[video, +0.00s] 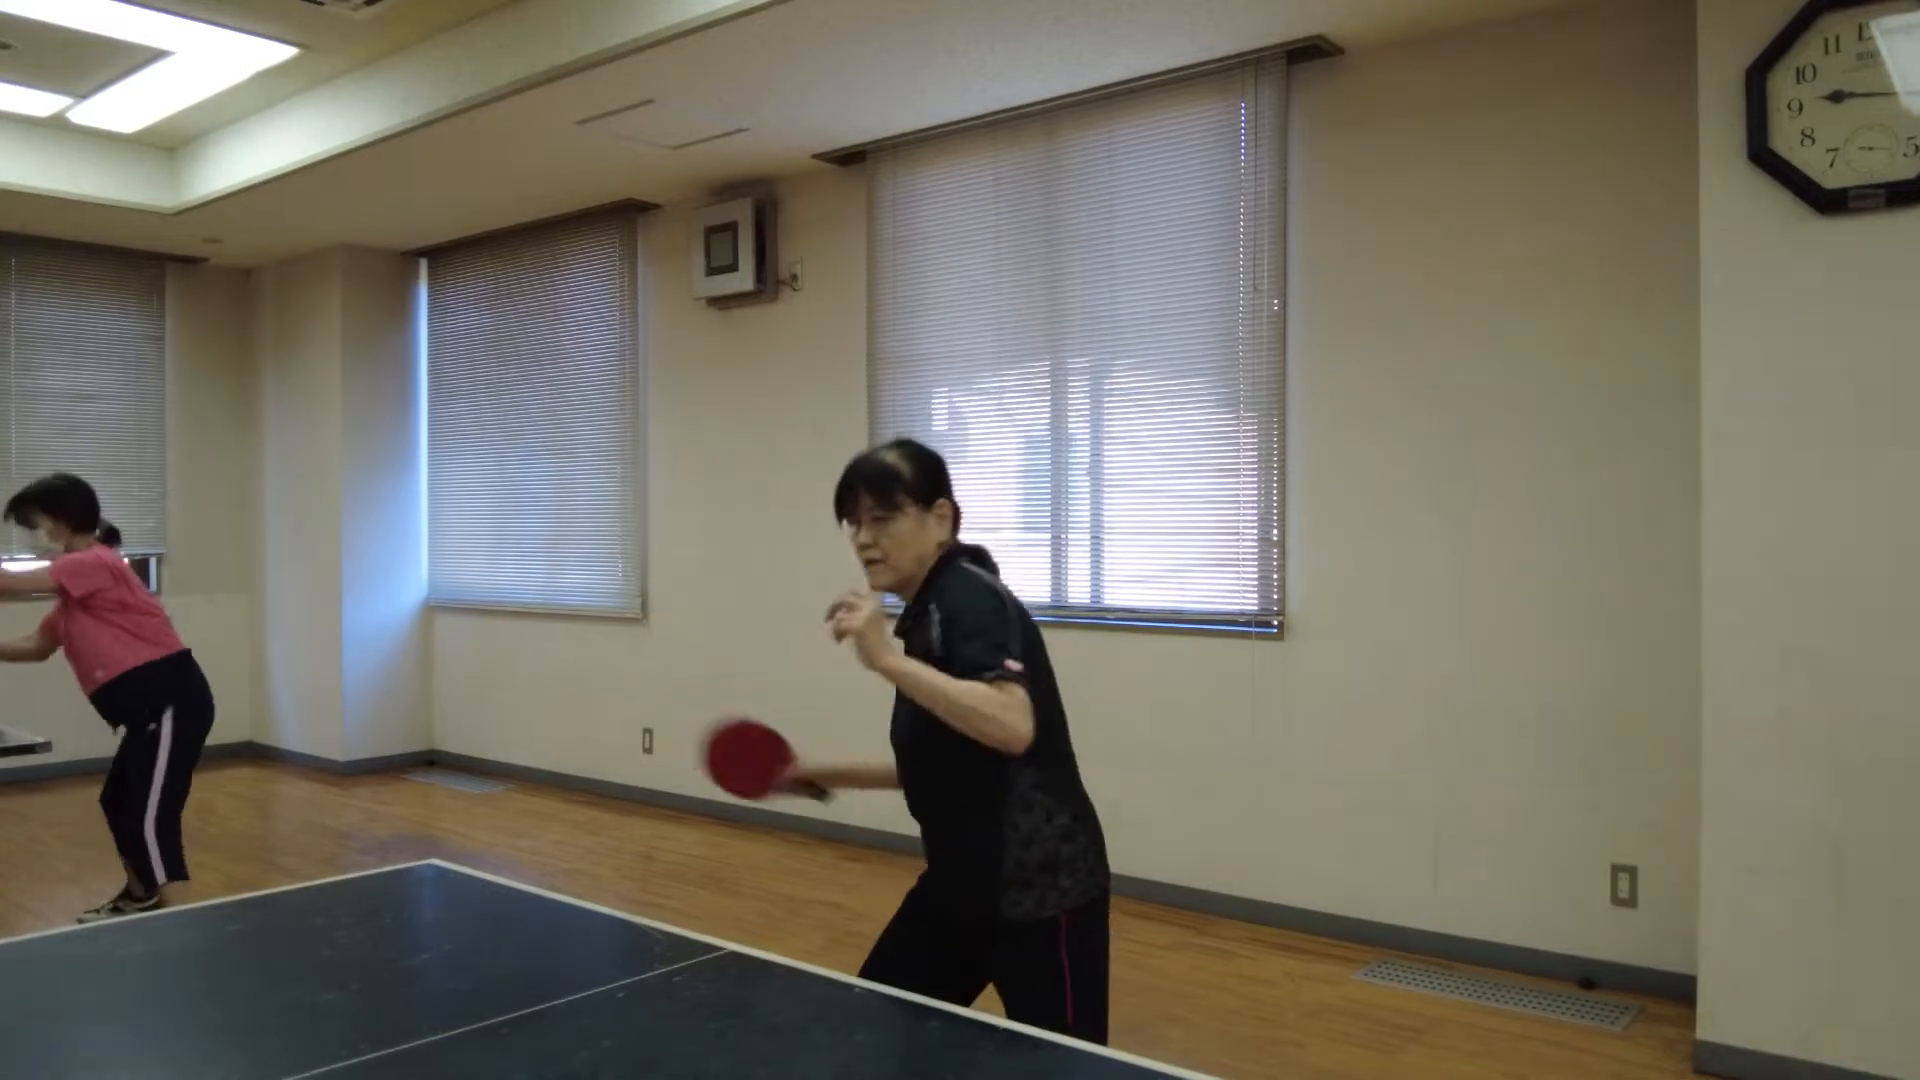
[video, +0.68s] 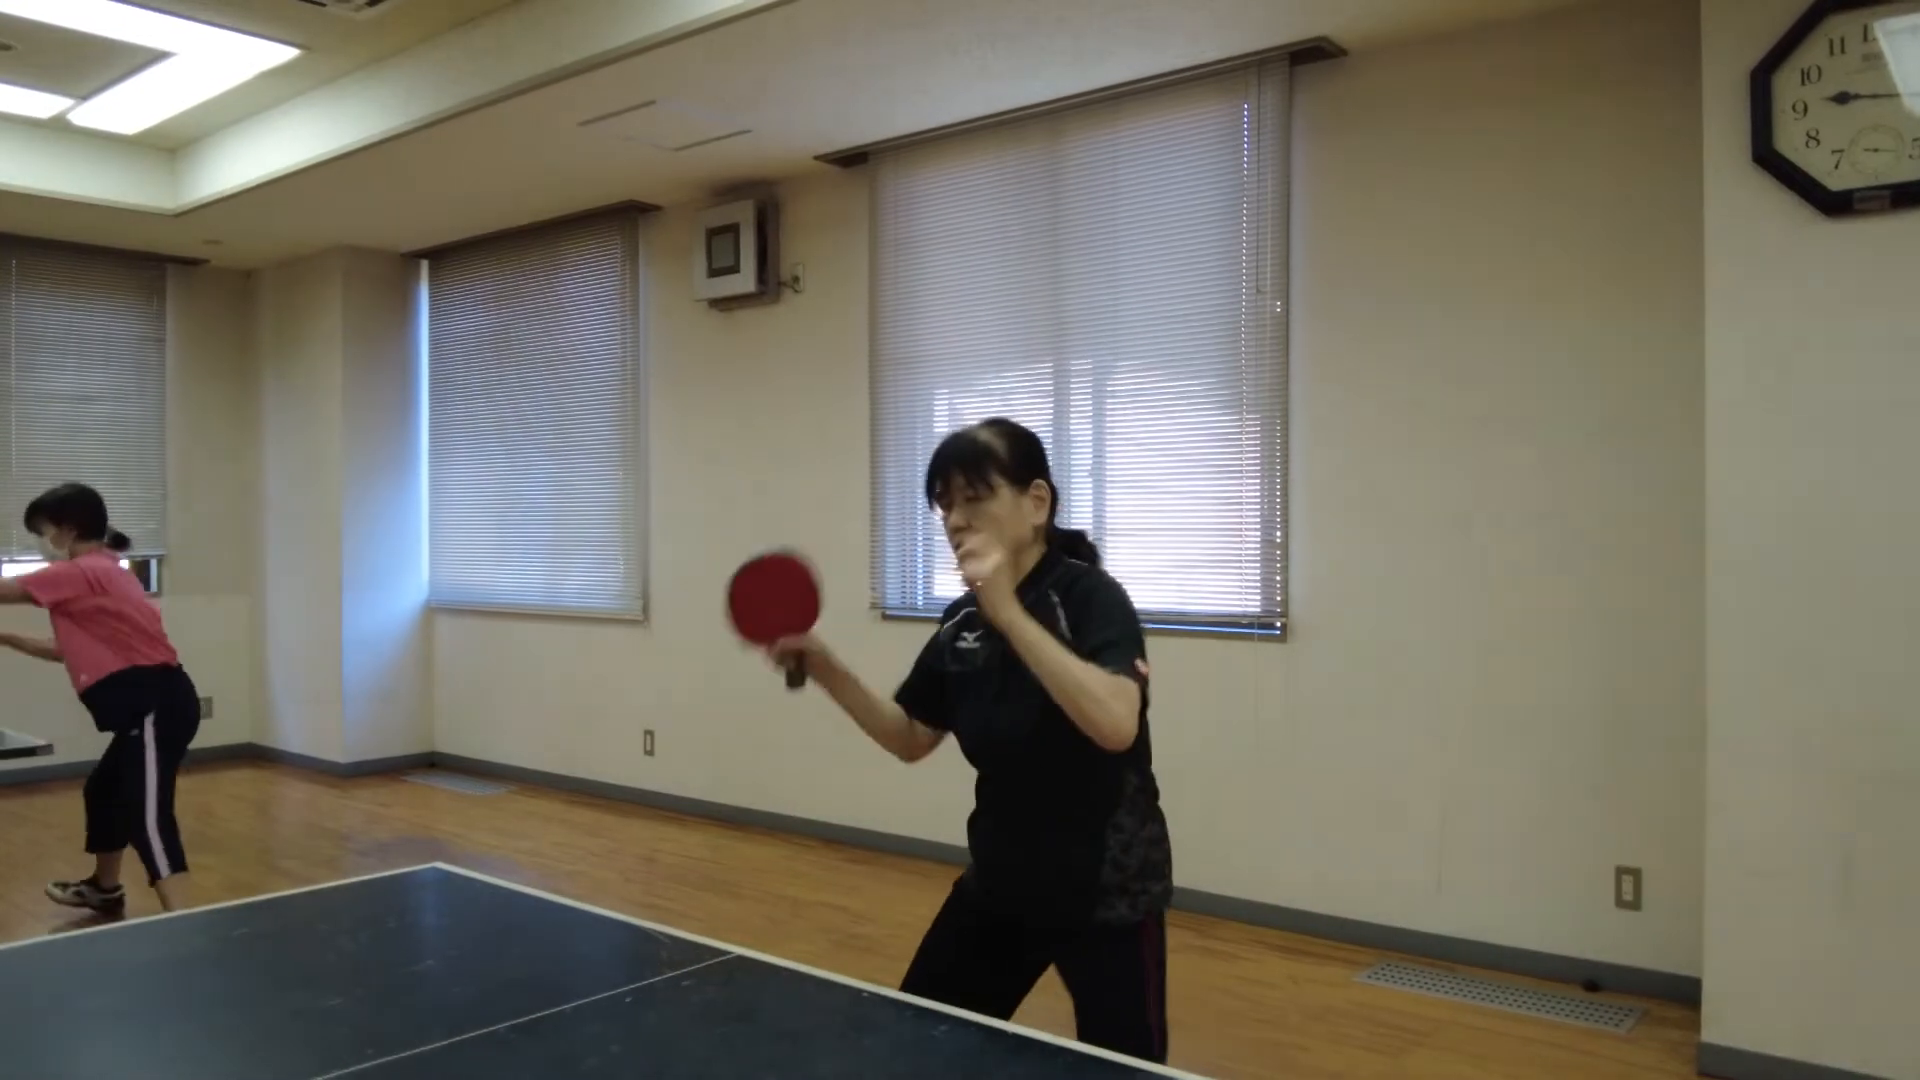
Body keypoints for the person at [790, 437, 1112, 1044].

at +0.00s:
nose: (863, 540)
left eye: (883, 519)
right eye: (855, 524)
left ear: (942, 518)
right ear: (849, 532)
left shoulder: (971, 597)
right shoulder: (926, 613)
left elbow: (1013, 725)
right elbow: (943, 769)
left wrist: (889, 659)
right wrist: (819, 777)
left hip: (1045, 888)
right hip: (967, 879)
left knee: (1064, 1065)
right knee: (870, 1029)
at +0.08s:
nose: (853, 554)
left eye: (870, 532)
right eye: (845, 540)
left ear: (930, 527)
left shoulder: (955, 595)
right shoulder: (930, 607)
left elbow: (985, 714)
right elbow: (978, 754)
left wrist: (864, 645)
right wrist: (886, 778)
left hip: (1038, 888)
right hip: (965, 877)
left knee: (1057, 1064)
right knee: (871, 1029)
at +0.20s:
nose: (871, 535)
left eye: (877, 509)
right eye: (859, 523)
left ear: (935, 493)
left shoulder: (988, 562)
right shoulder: (948, 583)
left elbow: (959, 641)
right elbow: (963, 717)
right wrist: (864, 718)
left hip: (1059, 862)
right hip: (972, 857)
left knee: (1088, 1058)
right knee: (894, 1033)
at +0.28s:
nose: (885, 514)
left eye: (893, 490)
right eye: (877, 504)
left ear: (960, 477)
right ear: (878, 514)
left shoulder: (1030, 539)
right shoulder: (940, 602)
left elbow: (977, 580)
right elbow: (920, 720)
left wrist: (921, 482)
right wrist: (837, 647)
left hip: (1088, 840)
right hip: (988, 840)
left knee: (1122, 1053)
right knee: (916, 1030)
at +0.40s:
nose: (934, 525)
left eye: (949, 499)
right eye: (926, 510)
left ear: (1004, 495)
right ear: (925, 521)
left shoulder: (1083, 574)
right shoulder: (950, 623)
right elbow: (862, 704)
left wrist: (1009, 500)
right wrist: (833, 597)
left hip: (1118, 880)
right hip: (1006, 882)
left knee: (1147, 1072)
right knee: (922, 1050)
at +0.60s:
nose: (965, 523)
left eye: (987, 501)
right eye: (956, 507)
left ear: (1049, 505)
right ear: (949, 518)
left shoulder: (1110, 600)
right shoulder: (964, 623)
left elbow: (1129, 707)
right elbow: (886, 728)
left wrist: (1035, 590)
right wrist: (845, 638)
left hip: (1115, 891)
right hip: (1005, 883)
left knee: (1140, 1076)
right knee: (919, 1049)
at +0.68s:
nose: (954, 518)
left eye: (976, 497)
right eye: (946, 504)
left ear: (1038, 503)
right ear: (939, 515)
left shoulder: (1092, 597)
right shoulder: (965, 621)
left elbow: (1116, 723)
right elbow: (910, 738)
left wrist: (1008, 613)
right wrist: (825, 668)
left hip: (1108, 888)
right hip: (1006, 880)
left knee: (1128, 1075)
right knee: (913, 1043)